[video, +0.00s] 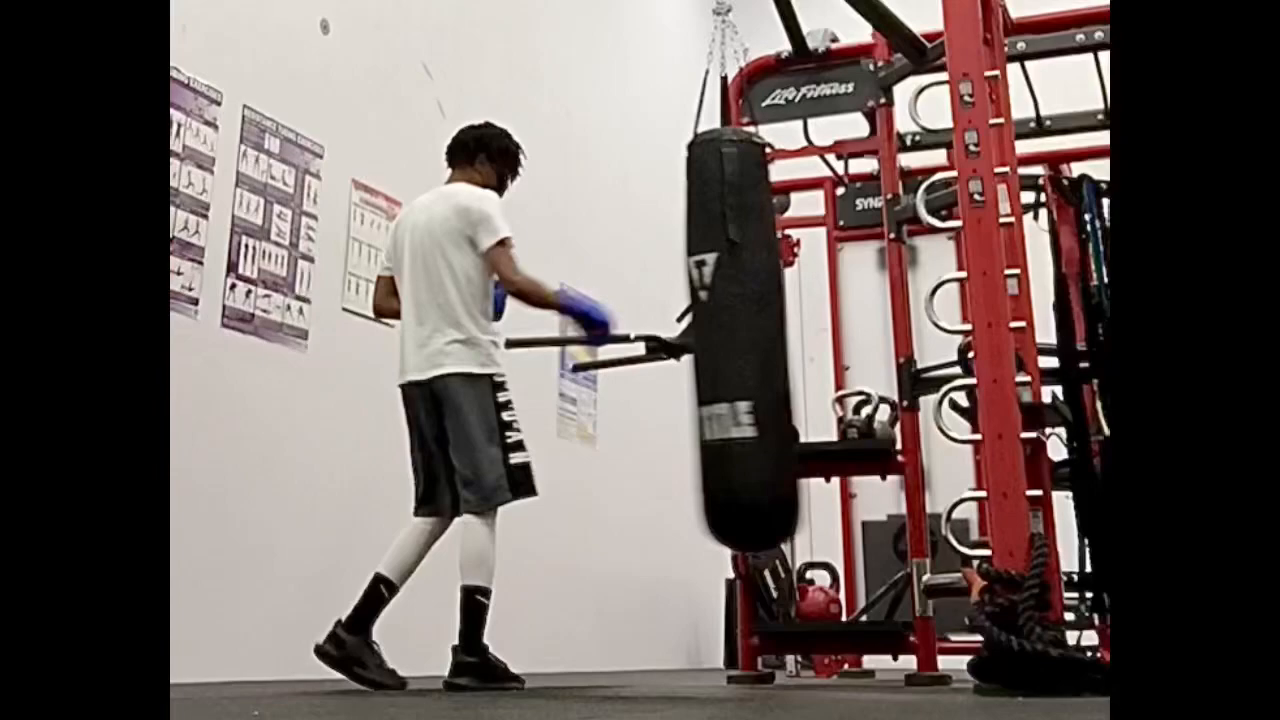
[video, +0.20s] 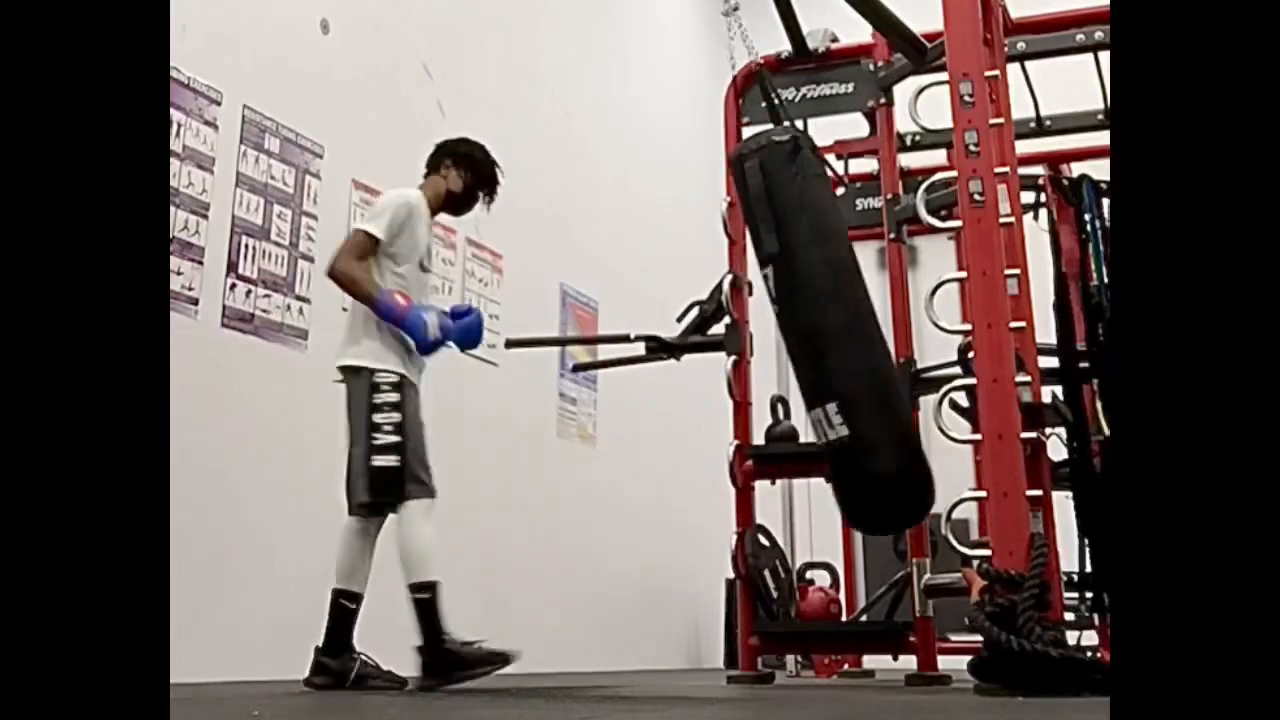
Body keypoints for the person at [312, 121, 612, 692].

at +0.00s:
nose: (502, 188)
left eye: (505, 180)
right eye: (502, 178)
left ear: (453, 162)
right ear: (484, 163)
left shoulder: (408, 215)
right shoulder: (478, 202)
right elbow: (510, 280)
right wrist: (576, 305)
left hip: (417, 374)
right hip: (464, 370)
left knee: (436, 506)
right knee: (481, 503)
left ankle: (353, 632)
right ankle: (471, 654)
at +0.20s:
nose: (470, 197)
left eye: (476, 191)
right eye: (469, 184)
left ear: (450, 178)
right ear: (446, 168)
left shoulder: (424, 230)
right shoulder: (405, 202)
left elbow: (404, 306)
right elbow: (343, 265)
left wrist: (445, 325)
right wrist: (399, 311)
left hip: (390, 373)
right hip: (379, 370)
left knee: (369, 508)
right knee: (416, 499)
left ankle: (335, 652)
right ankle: (437, 649)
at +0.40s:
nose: (426, 190)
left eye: (431, 182)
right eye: (425, 177)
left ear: (404, 166)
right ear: (398, 159)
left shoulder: (400, 229)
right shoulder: (348, 205)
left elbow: (381, 302)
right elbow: (306, 284)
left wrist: (413, 324)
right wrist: (380, 300)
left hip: (387, 390)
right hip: (334, 384)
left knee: (428, 506)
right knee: (305, 508)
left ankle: (353, 635)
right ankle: (247, 650)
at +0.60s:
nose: (440, 219)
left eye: (447, 214)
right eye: (439, 207)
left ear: (440, 210)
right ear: (418, 187)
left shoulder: (421, 259)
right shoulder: (369, 218)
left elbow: (451, 328)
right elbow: (375, 275)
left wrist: (488, 280)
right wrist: (447, 251)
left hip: (397, 404)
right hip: (340, 396)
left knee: (458, 516)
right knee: (309, 515)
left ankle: (474, 656)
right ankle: (246, 651)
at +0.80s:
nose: (460, 229)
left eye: (466, 224)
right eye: (459, 218)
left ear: (444, 214)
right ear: (435, 200)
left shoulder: (430, 259)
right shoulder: (384, 220)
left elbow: (443, 336)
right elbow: (400, 285)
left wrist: (474, 278)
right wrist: (452, 249)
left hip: (398, 409)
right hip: (342, 398)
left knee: (457, 516)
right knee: (300, 517)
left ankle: (474, 656)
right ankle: (244, 651)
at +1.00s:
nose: (459, 216)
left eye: (465, 209)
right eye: (457, 204)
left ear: (439, 204)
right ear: (433, 194)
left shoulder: (424, 251)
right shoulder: (385, 214)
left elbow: (438, 331)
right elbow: (422, 272)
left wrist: (463, 262)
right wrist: (456, 229)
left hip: (406, 403)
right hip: (355, 394)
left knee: (470, 516)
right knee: (315, 521)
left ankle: (472, 657)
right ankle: (245, 652)